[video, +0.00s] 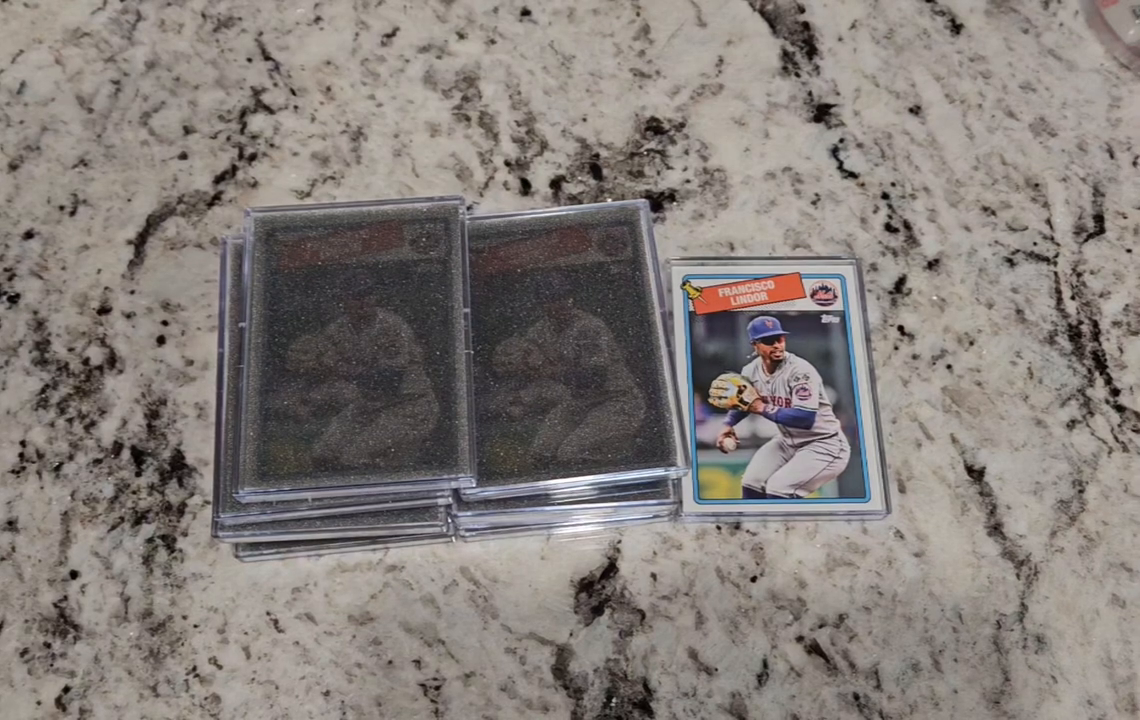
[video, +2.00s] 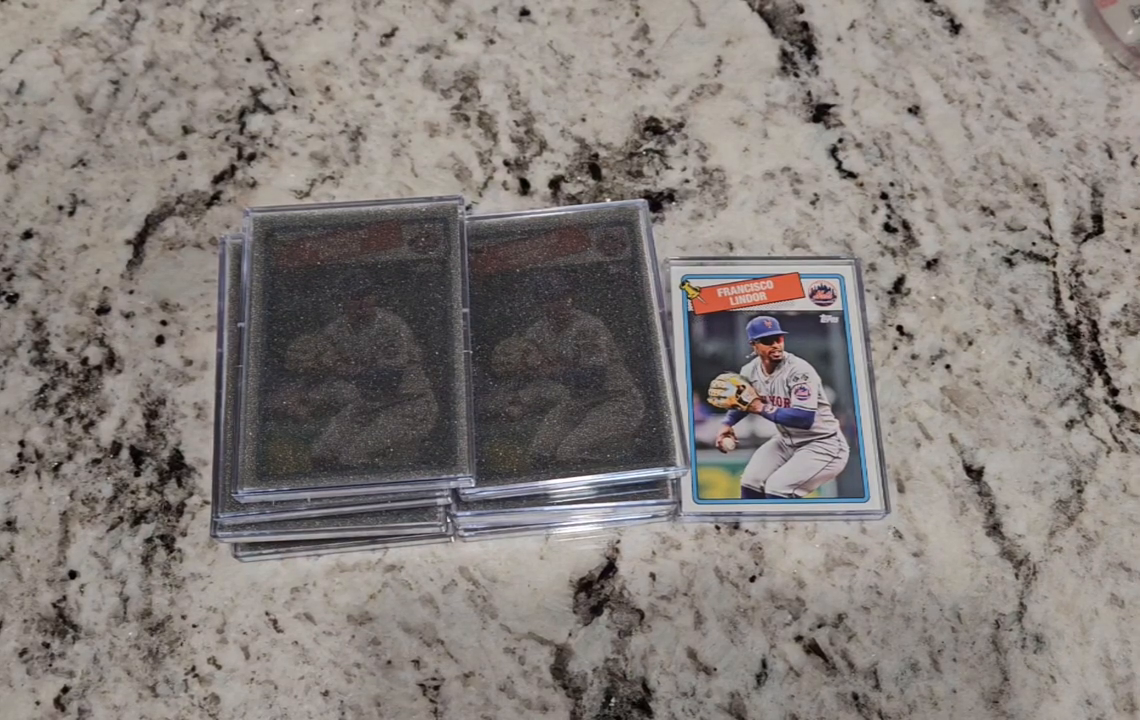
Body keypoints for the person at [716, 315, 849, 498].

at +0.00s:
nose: (777, 346)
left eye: (779, 339)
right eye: (769, 342)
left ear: (785, 339)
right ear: (755, 346)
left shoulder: (802, 371)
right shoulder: (750, 372)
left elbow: (805, 419)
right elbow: (743, 403)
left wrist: (761, 407)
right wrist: (727, 426)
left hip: (825, 445)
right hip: (788, 443)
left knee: (778, 488)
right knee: (752, 484)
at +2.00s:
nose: (776, 346)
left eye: (778, 339)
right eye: (767, 342)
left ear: (783, 339)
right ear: (754, 346)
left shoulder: (801, 371)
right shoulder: (749, 372)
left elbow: (804, 419)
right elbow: (743, 403)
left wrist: (761, 407)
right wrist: (726, 425)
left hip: (824, 446)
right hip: (786, 443)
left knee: (777, 488)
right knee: (751, 483)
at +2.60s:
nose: (776, 346)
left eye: (778, 339)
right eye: (767, 342)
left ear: (783, 339)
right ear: (754, 346)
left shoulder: (801, 371)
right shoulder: (749, 372)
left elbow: (804, 419)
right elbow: (743, 403)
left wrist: (760, 407)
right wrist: (726, 424)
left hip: (824, 446)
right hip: (786, 443)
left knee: (777, 487)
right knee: (751, 482)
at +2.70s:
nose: (776, 346)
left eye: (778, 339)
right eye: (768, 342)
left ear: (783, 339)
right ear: (754, 346)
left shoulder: (801, 371)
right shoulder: (749, 372)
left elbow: (804, 419)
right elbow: (743, 403)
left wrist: (760, 407)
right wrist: (726, 424)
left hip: (824, 446)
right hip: (786, 443)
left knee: (777, 487)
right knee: (751, 483)